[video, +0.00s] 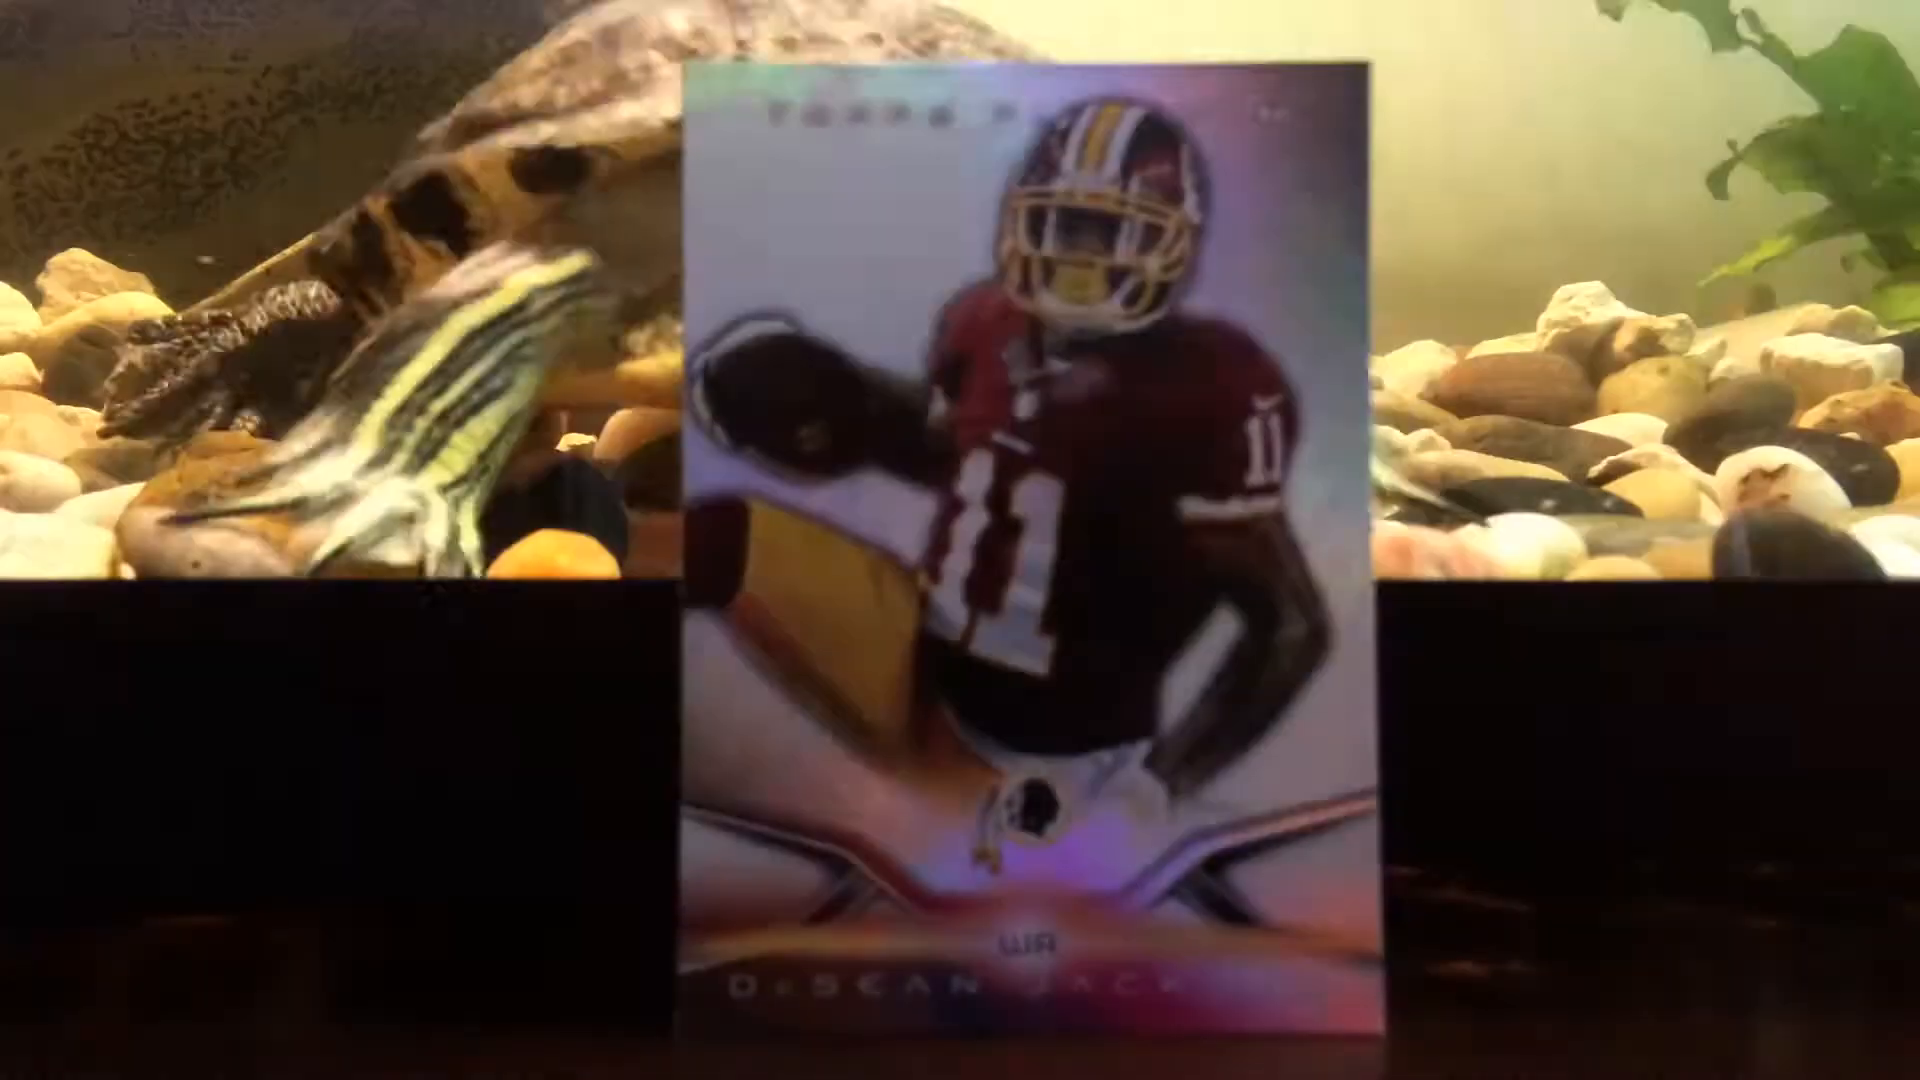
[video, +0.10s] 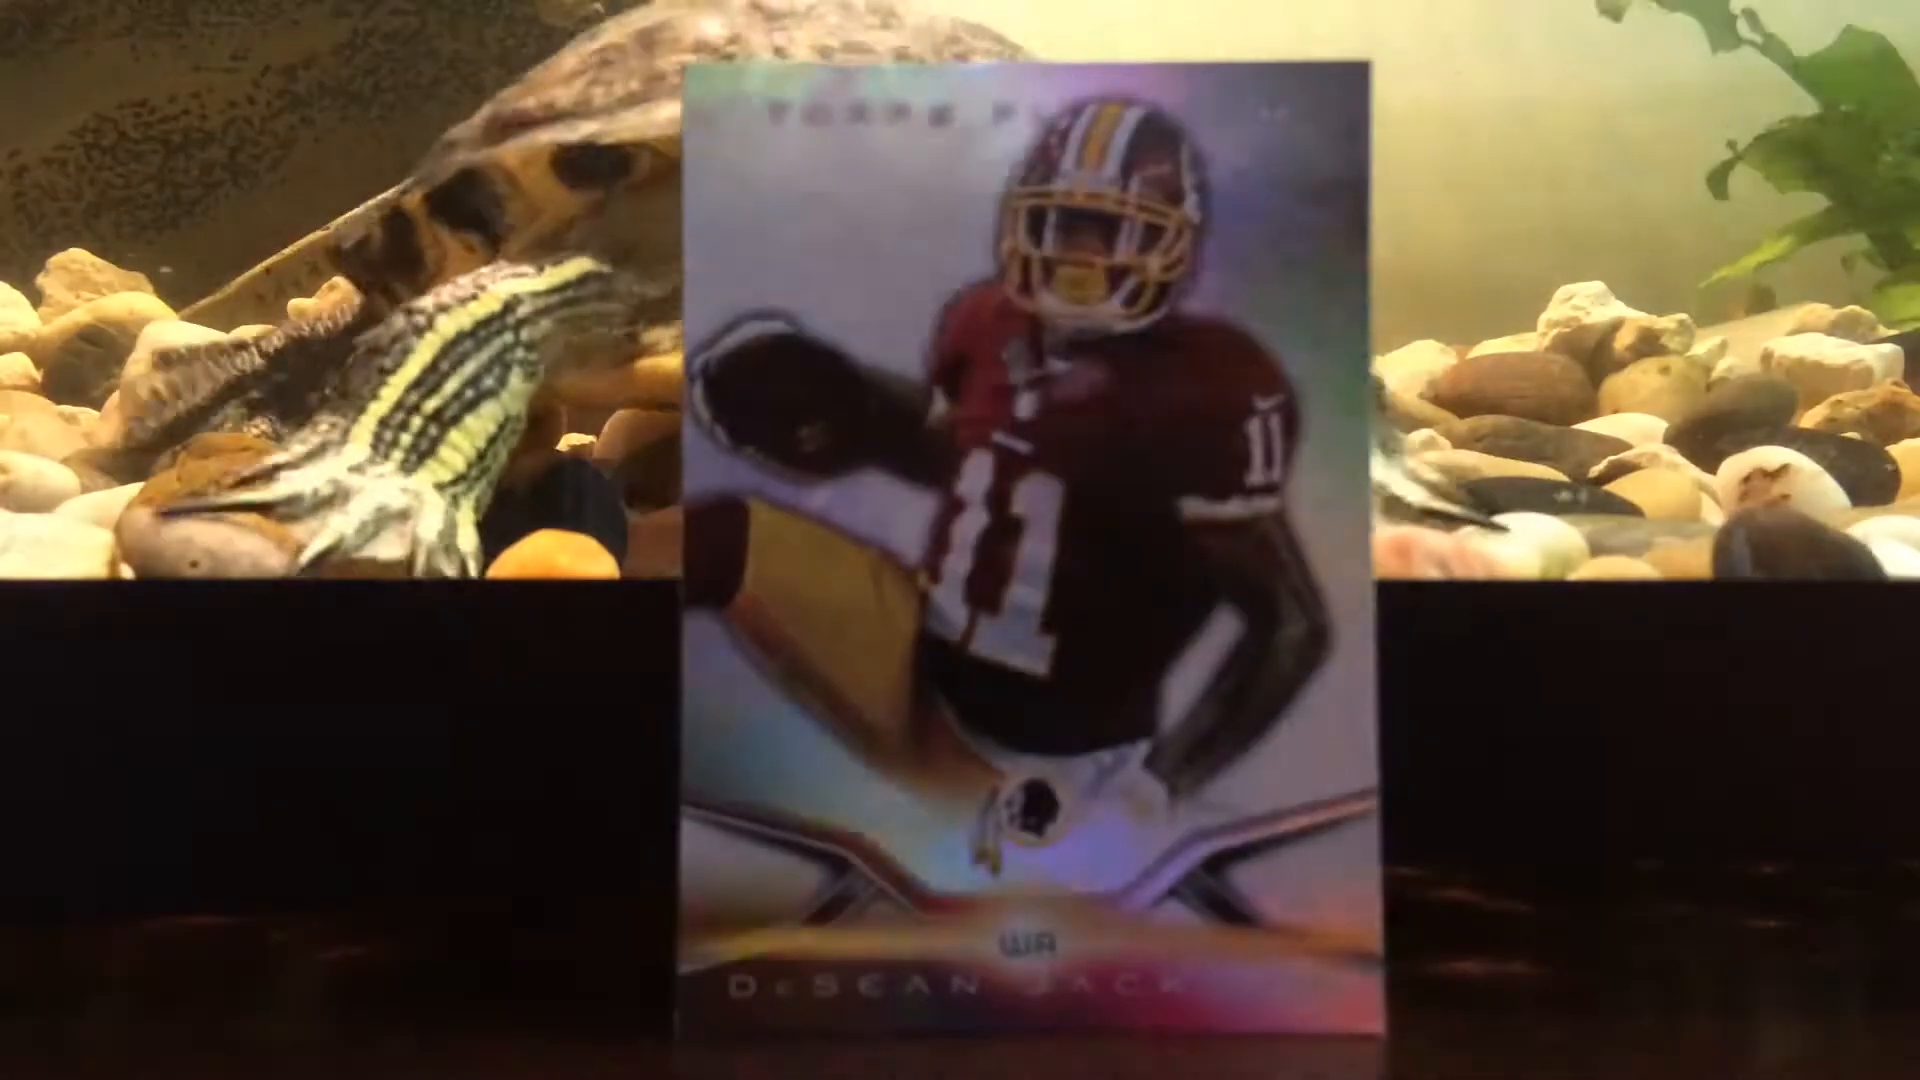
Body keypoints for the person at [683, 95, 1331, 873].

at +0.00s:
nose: (1080, 259)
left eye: (1115, 233)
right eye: (1060, 226)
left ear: (1175, 245)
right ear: (1021, 227)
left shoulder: (1215, 387)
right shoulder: (980, 328)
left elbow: (1291, 629)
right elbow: (952, 456)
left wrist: (1159, 786)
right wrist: (852, 415)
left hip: (1088, 762)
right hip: (935, 709)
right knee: (720, 539)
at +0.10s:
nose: (1083, 257)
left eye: (1116, 233)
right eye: (1064, 226)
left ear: (1174, 248)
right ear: (1023, 228)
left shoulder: (1212, 390)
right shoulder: (980, 326)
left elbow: (1293, 628)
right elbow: (960, 461)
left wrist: (1157, 787)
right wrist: (857, 416)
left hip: (1081, 757)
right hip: (929, 681)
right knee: (718, 539)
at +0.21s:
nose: (1080, 258)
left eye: (1115, 233)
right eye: (1061, 225)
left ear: (1174, 248)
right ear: (1021, 227)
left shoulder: (1211, 392)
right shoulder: (980, 327)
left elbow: (1294, 629)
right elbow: (947, 456)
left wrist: (1158, 787)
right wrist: (844, 413)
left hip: (1078, 766)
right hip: (935, 700)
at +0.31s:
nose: (1080, 259)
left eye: (1116, 233)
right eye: (1060, 225)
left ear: (1176, 248)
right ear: (1020, 228)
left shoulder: (1213, 388)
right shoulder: (979, 328)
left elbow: (1292, 629)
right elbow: (950, 459)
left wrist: (1155, 788)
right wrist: (849, 412)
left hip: (1083, 762)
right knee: (724, 538)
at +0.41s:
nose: (1081, 260)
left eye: (1117, 234)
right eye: (1061, 226)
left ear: (1177, 248)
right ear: (1020, 228)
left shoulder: (1211, 388)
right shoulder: (977, 329)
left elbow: (1293, 629)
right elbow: (955, 461)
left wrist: (1156, 787)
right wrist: (854, 417)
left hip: (1084, 765)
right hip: (932, 709)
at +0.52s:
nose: (1081, 260)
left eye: (1116, 234)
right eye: (1061, 226)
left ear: (1176, 249)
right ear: (1020, 228)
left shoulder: (1212, 389)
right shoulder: (978, 328)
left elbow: (1292, 629)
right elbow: (956, 461)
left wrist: (1156, 787)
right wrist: (853, 416)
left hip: (1083, 763)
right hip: (933, 710)